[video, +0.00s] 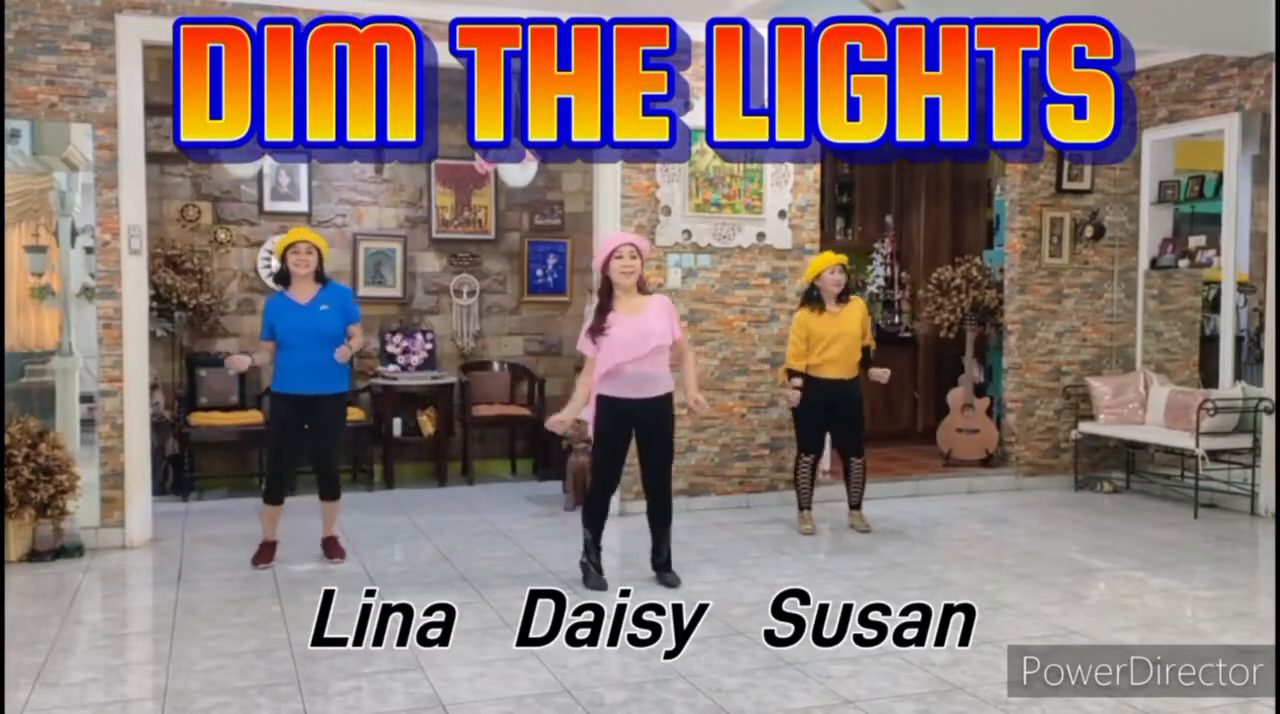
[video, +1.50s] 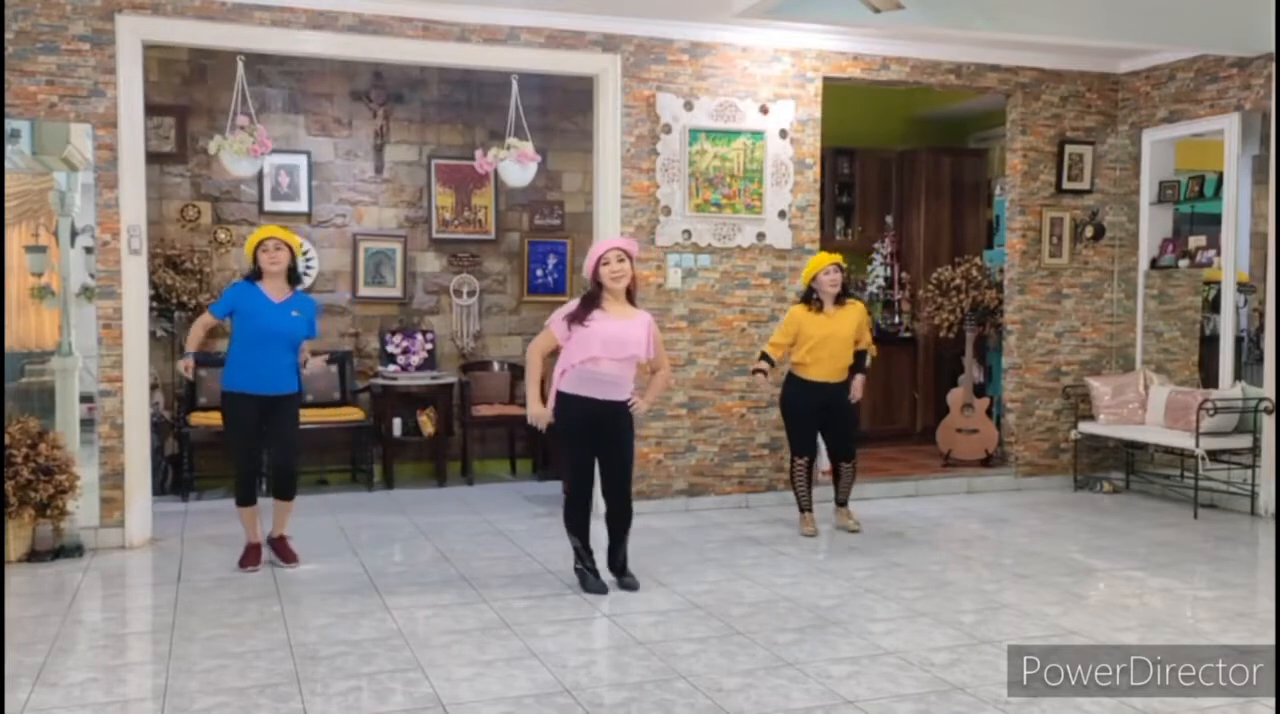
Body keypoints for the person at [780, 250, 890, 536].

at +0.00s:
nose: (838, 277)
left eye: (841, 272)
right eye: (831, 272)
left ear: (846, 277)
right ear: (817, 280)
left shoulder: (857, 307)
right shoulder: (805, 315)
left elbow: (866, 341)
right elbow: (796, 354)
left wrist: (870, 367)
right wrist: (796, 385)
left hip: (847, 387)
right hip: (813, 387)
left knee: (854, 450)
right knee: (809, 451)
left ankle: (855, 510)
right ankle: (805, 511)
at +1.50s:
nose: (834, 277)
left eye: (837, 272)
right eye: (826, 273)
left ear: (843, 277)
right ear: (813, 281)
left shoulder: (855, 310)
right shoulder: (799, 313)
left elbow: (864, 346)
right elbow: (778, 344)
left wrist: (859, 375)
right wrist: (764, 363)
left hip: (837, 391)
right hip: (800, 390)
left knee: (845, 453)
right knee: (803, 453)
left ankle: (842, 509)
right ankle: (806, 514)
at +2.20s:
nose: (835, 278)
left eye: (838, 273)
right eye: (828, 273)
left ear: (842, 279)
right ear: (813, 280)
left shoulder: (854, 307)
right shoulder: (800, 318)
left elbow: (872, 337)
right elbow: (792, 357)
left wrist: (868, 369)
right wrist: (788, 385)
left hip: (847, 389)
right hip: (809, 390)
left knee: (853, 454)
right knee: (808, 454)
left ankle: (856, 512)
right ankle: (808, 513)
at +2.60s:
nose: (856, 279)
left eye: (859, 274)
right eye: (850, 274)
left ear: (861, 279)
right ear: (833, 280)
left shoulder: (871, 305)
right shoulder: (821, 319)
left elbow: (889, 332)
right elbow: (818, 362)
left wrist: (888, 365)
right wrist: (830, 392)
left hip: (869, 387)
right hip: (835, 389)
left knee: (868, 453)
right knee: (833, 453)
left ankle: (858, 512)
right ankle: (818, 511)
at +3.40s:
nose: (856, 276)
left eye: (859, 271)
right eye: (849, 271)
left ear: (864, 278)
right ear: (834, 279)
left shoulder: (871, 314)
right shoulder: (818, 312)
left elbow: (888, 346)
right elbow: (801, 351)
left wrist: (880, 373)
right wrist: (794, 384)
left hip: (857, 391)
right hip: (821, 389)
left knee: (858, 453)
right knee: (818, 453)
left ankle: (857, 512)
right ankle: (811, 514)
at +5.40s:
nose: (858, 274)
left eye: (861, 269)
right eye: (851, 270)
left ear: (866, 276)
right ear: (837, 278)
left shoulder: (877, 309)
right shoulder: (825, 315)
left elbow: (895, 340)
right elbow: (816, 357)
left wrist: (890, 370)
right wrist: (825, 388)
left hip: (869, 388)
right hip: (835, 387)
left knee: (866, 452)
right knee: (834, 453)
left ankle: (858, 512)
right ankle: (832, 512)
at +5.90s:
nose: (843, 273)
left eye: (847, 269)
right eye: (836, 269)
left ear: (853, 277)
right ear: (823, 276)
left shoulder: (862, 313)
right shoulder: (807, 312)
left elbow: (875, 346)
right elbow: (791, 351)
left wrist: (869, 375)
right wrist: (784, 385)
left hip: (847, 390)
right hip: (809, 388)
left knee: (851, 453)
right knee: (808, 454)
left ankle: (855, 513)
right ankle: (805, 515)